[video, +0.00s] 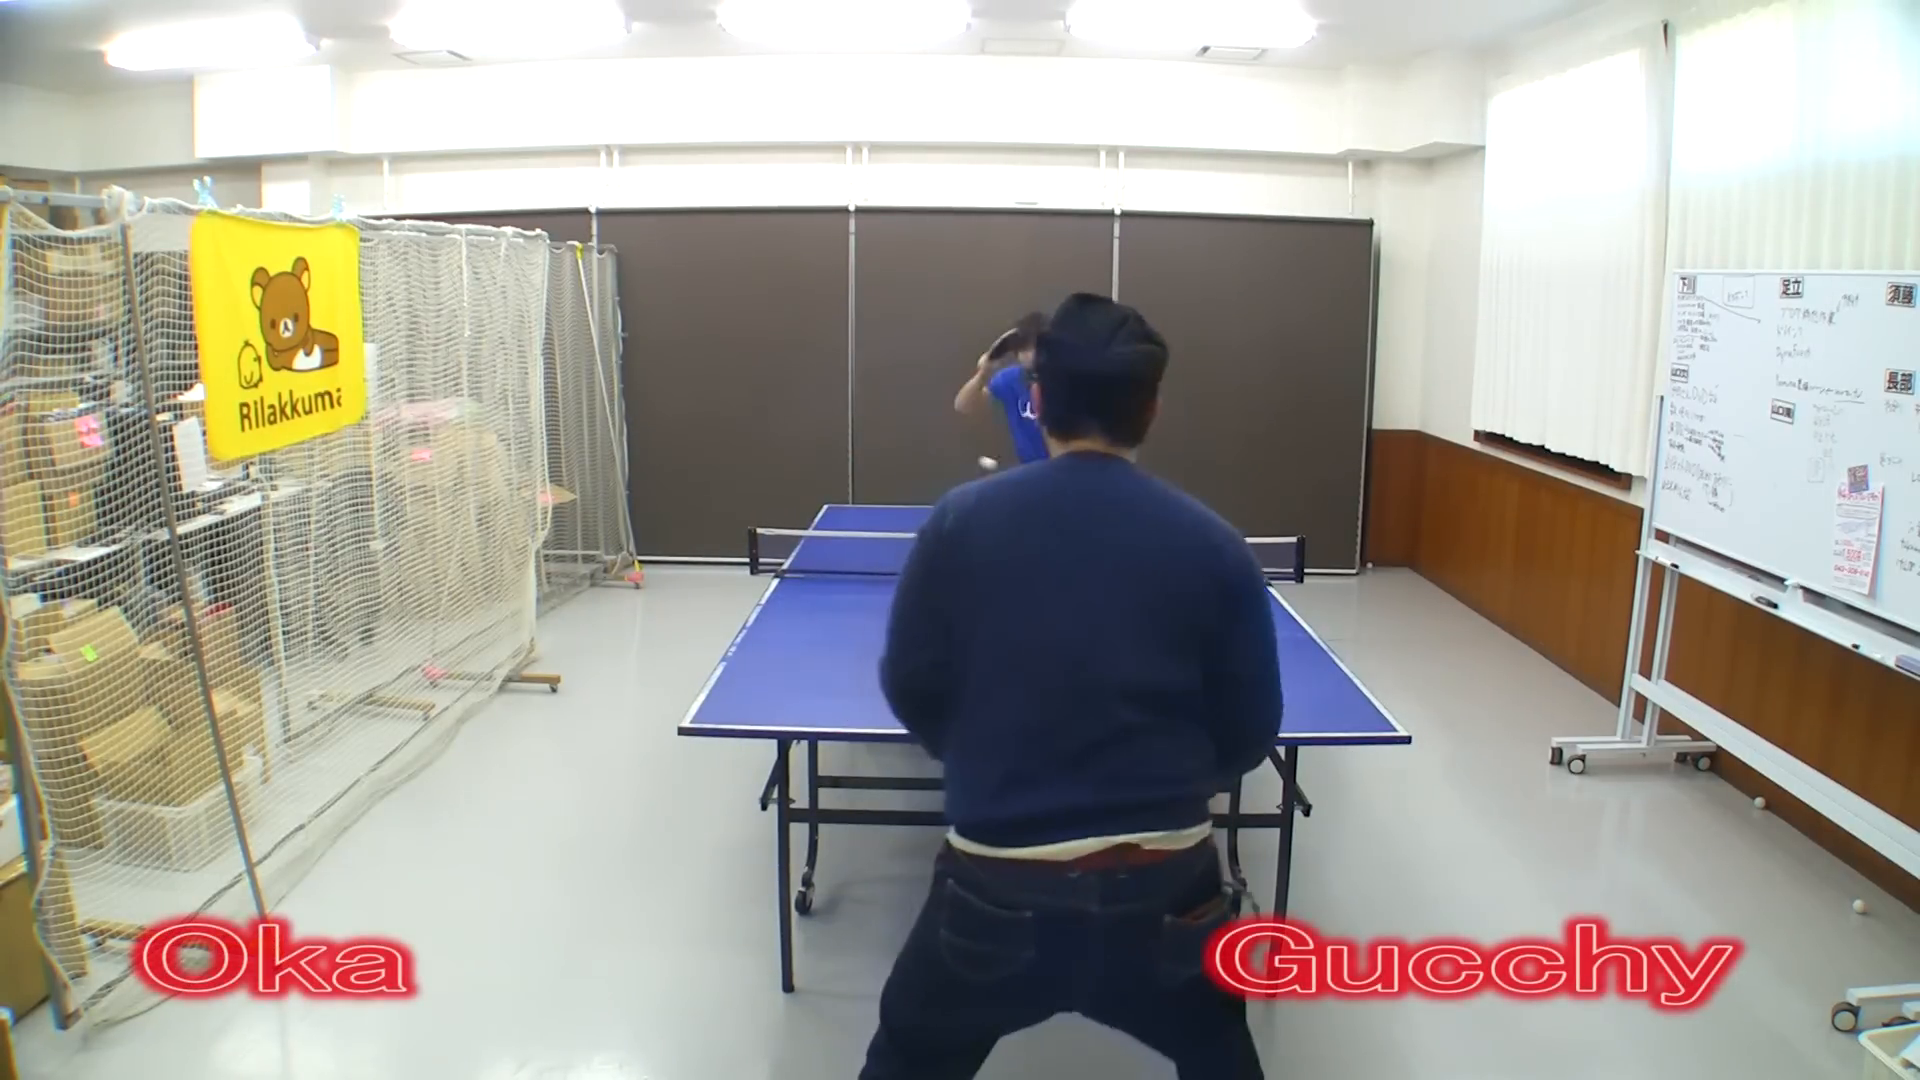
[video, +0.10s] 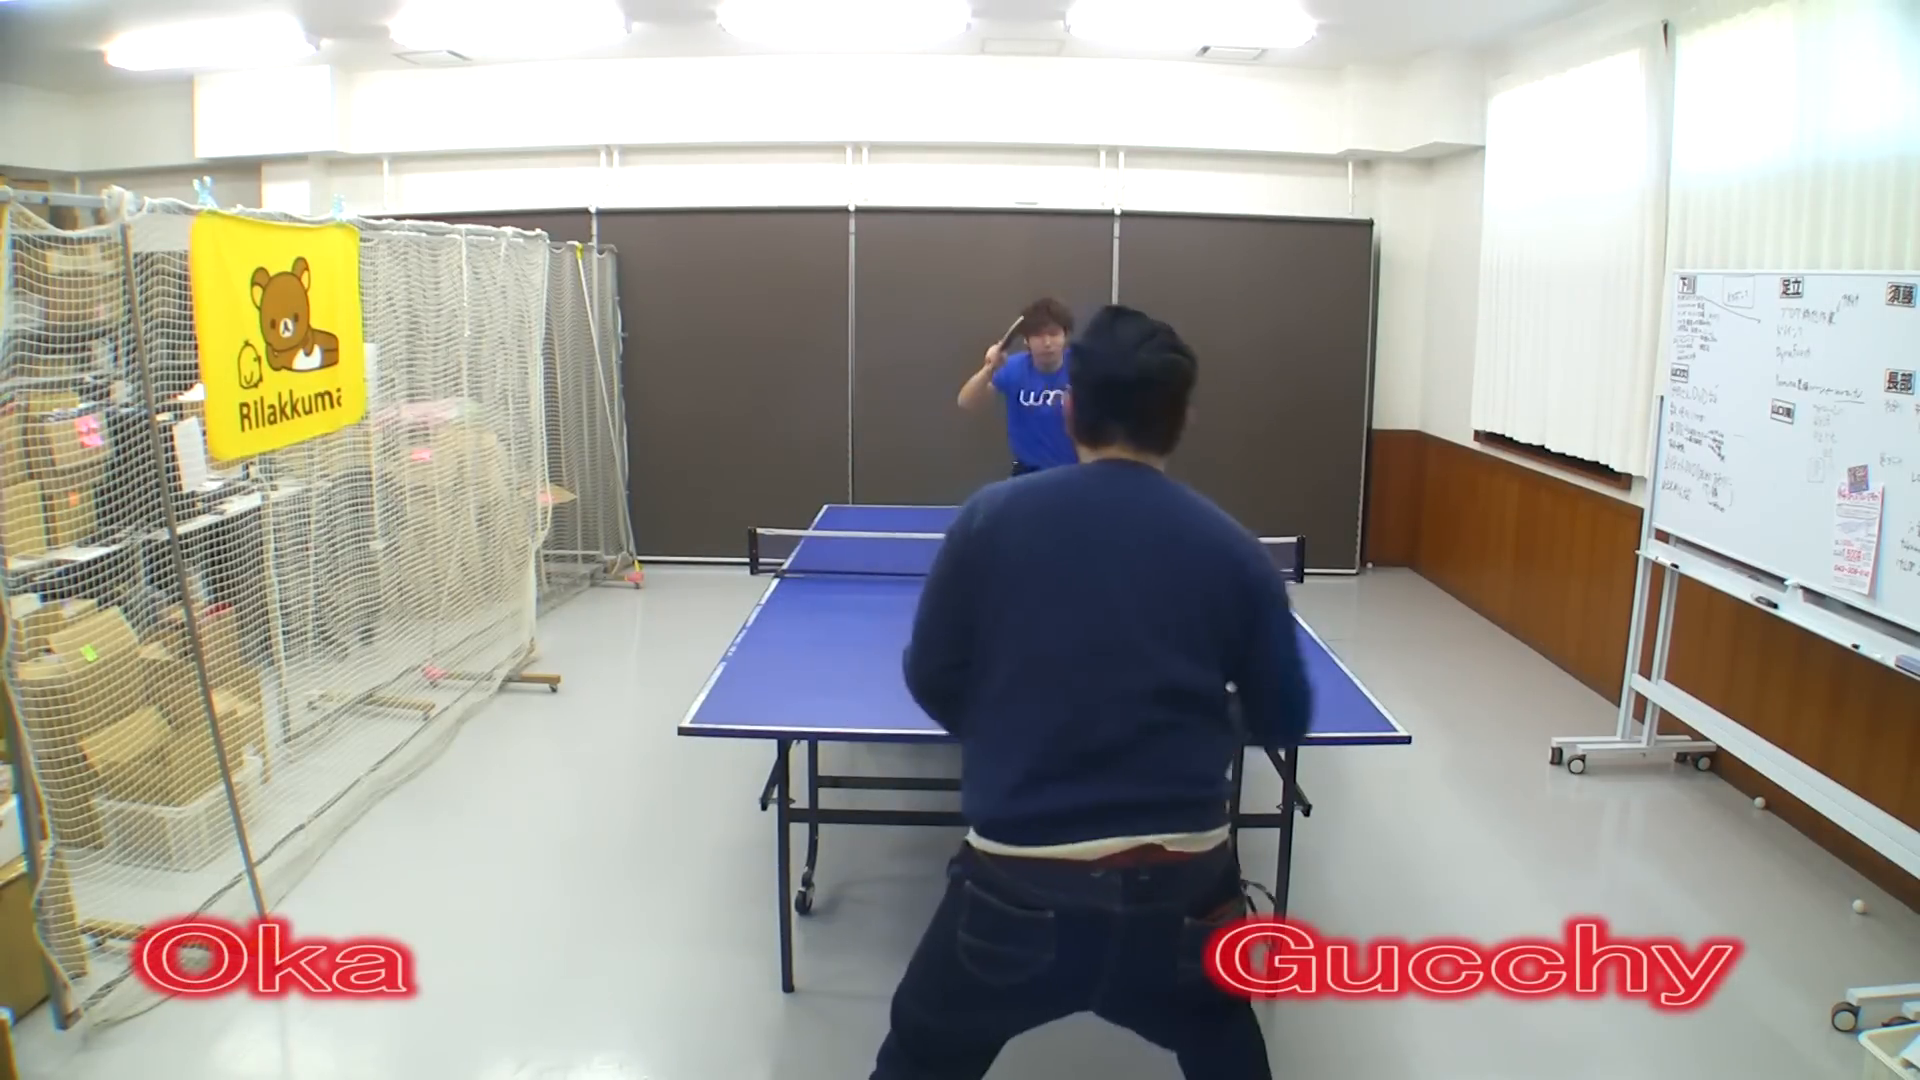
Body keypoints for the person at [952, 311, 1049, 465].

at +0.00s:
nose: (1032, 356)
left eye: (1037, 348)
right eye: (1025, 350)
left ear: (1049, 348)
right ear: (1017, 353)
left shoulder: (1062, 373)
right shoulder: (1010, 379)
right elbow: (963, 406)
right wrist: (983, 372)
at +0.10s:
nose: (1047, 342)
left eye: (1054, 334)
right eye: (1038, 335)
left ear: (1066, 336)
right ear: (1027, 341)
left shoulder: (1080, 369)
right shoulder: (1013, 368)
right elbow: (966, 402)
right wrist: (988, 369)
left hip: (1073, 472)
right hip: (1028, 475)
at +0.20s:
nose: (1056, 353)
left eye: (1062, 344)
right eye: (1047, 345)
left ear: (1073, 347)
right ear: (1033, 350)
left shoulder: (1088, 381)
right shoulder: (1016, 379)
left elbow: (1119, 417)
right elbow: (965, 415)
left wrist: (1115, 432)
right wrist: (987, 388)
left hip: (1066, 486)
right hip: (1020, 484)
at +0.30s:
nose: (1062, 366)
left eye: (1069, 358)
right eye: (1053, 358)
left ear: (1078, 362)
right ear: (1038, 364)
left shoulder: (1091, 398)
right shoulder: (1018, 395)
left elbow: (1119, 442)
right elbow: (973, 438)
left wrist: (1103, 461)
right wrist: (989, 416)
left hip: (1064, 499)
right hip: (1015, 498)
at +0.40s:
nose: (1057, 360)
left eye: (1064, 352)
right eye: (1048, 353)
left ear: (1074, 355)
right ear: (1034, 358)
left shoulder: (1094, 390)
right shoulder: (1016, 391)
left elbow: (1112, 433)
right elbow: (989, 425)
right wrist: (993, 436)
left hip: (1076, 490)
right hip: (1027, 490)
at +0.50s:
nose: (1045, 360)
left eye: (1051, 351)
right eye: (1036, 353)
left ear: (1062, 354)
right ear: (1023, 360)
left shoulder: (1089, 386)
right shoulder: (1013, 393)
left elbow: (1118, 426)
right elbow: (997, 430)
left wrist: (1088, 450)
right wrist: (991, 450)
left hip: (1082, 491)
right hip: (1036, 491)